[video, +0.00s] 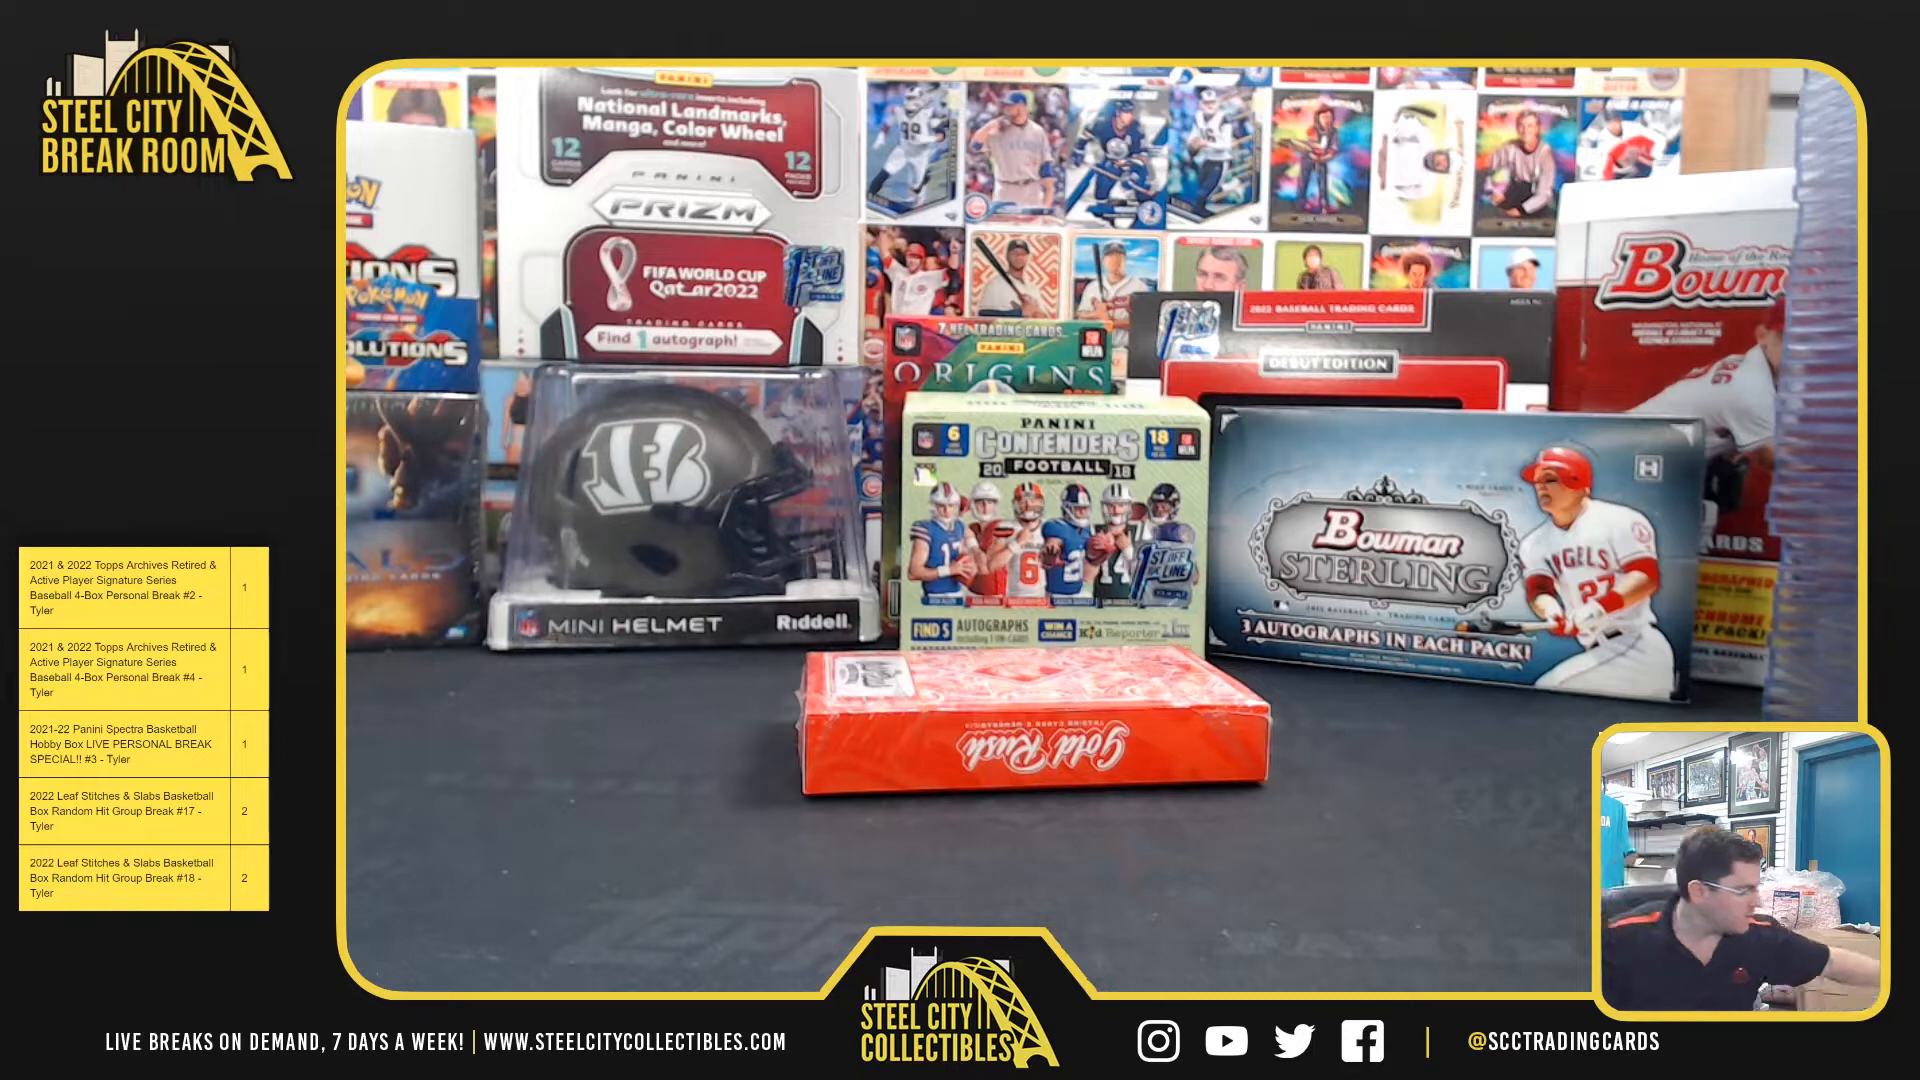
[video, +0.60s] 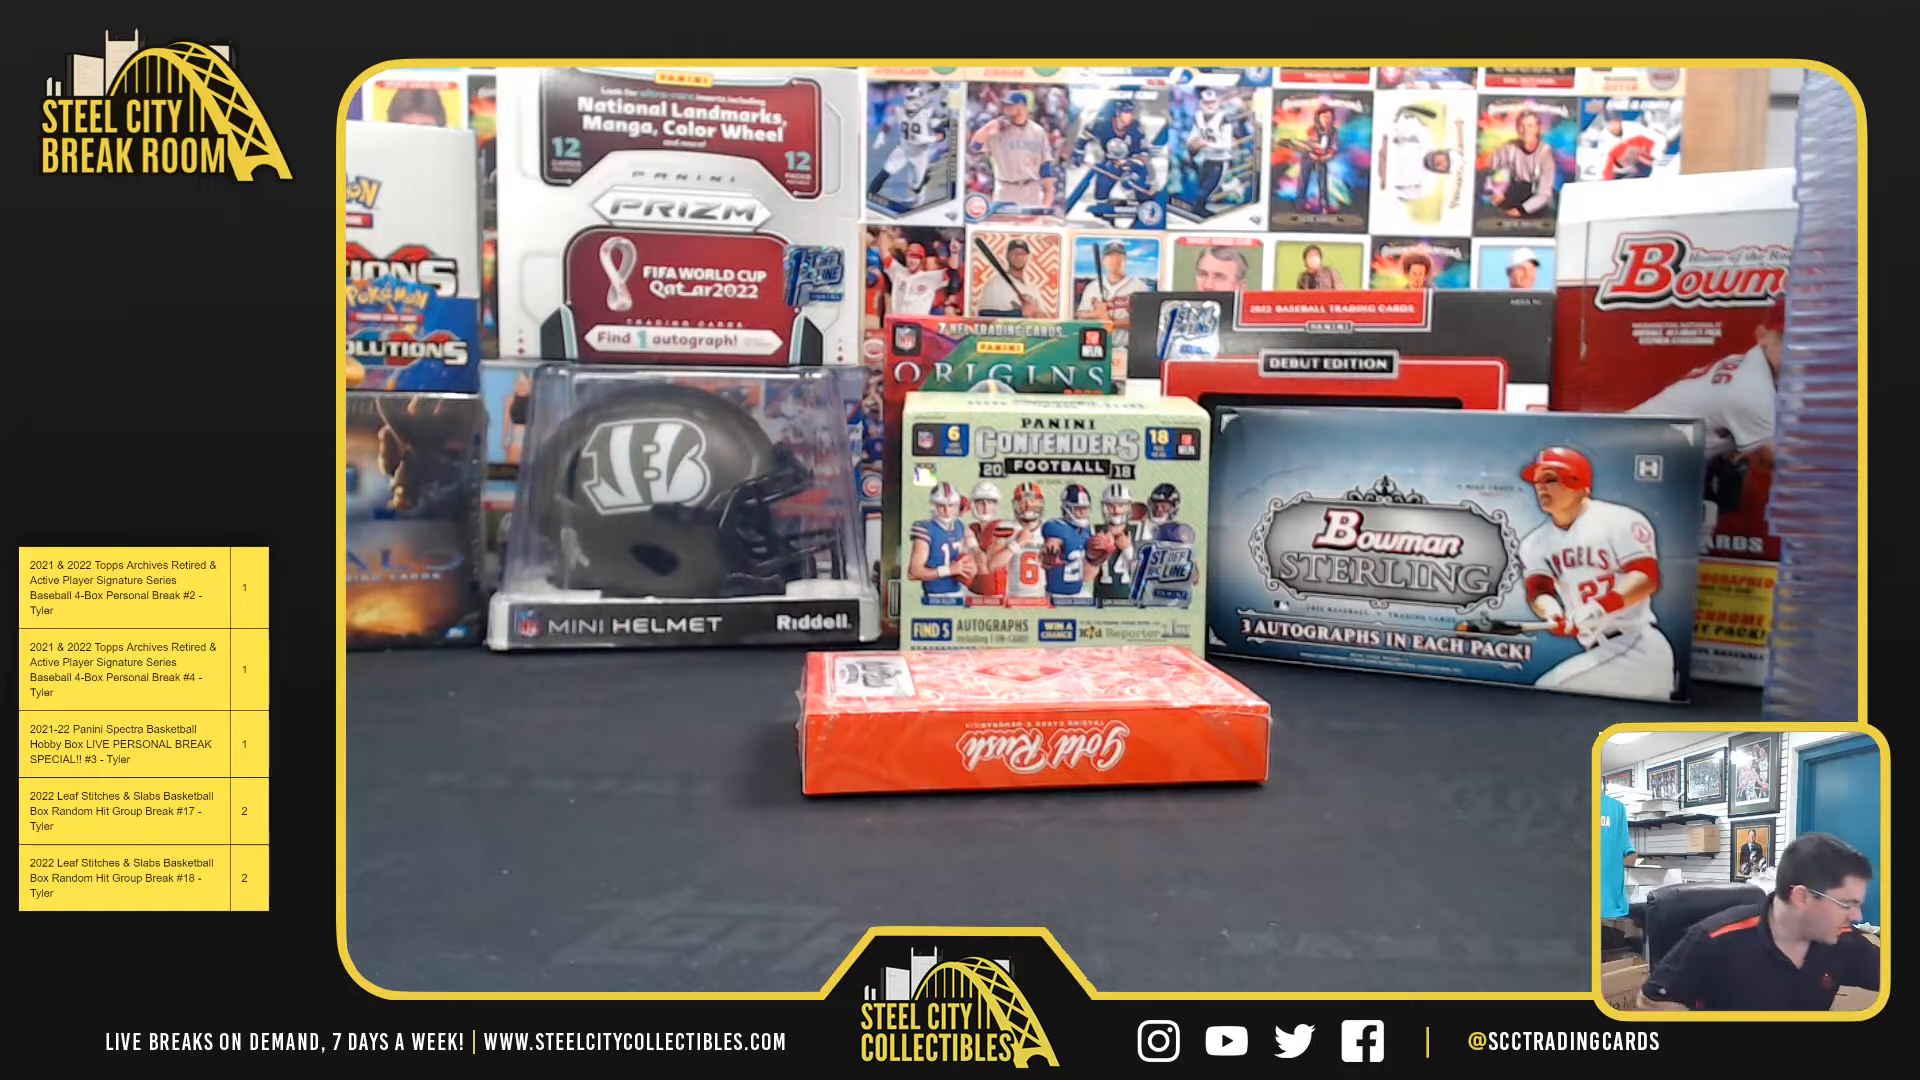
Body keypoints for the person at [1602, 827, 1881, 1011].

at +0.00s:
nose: (1756, 902)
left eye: (1756, 889)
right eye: (1744, 891)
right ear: (1698, 893)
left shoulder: (1763, 939)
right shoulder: (1621, 943)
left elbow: (1841, 965)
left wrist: (1894, 978)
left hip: (1727, 1062)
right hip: (1636, 1057)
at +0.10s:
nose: (1768, 899)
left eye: (1768, 886)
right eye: (1755, 888)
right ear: (1710, 889)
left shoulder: (1775, 936)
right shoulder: (1631, 945)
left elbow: (1853, 963)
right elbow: (1598, 1013)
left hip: (1748, 1062)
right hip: (1654, 1061)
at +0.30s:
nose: (1798, 901)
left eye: (1798, 889)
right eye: (1785, 890)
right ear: (1740, 889)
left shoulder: (1802, 938)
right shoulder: (1666, 943)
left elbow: (1879, 977)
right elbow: (1611, 1008)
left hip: (1769, 1060)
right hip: (1682, 1061)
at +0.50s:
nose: (1839, 915)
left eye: (1841, 902)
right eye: (1828, 902)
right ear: (1781, 896)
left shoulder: (1834, 946)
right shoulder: (1695, 943)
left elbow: (1892, 981)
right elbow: (1643, 995)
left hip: (1792, 1061)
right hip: (1708, 1062)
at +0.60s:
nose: (1857, 917)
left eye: (1859, 905)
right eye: (1847, 905)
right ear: (1800, 897)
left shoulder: (1844, 943)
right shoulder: (1711, 941)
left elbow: (1895, 981)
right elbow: (1651, 1001)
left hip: (1803, 1056)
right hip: (1725, 1058)